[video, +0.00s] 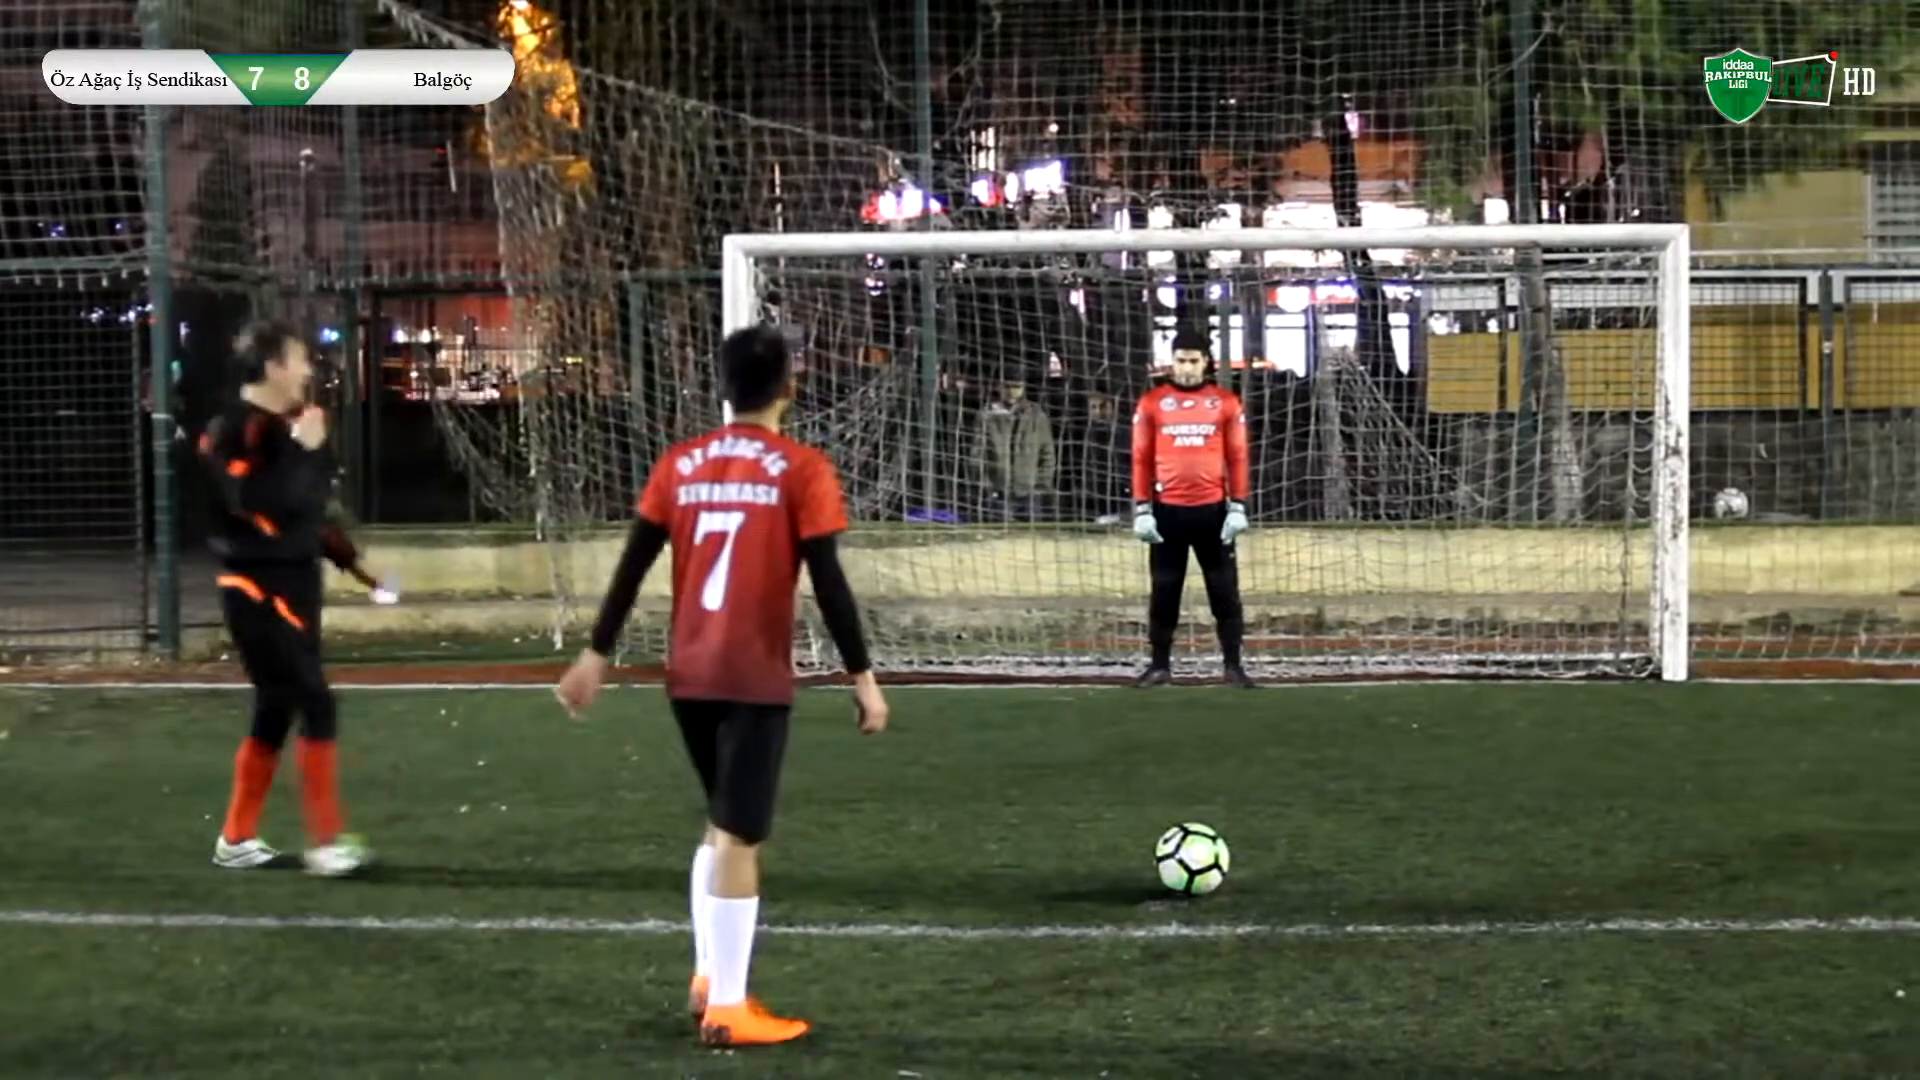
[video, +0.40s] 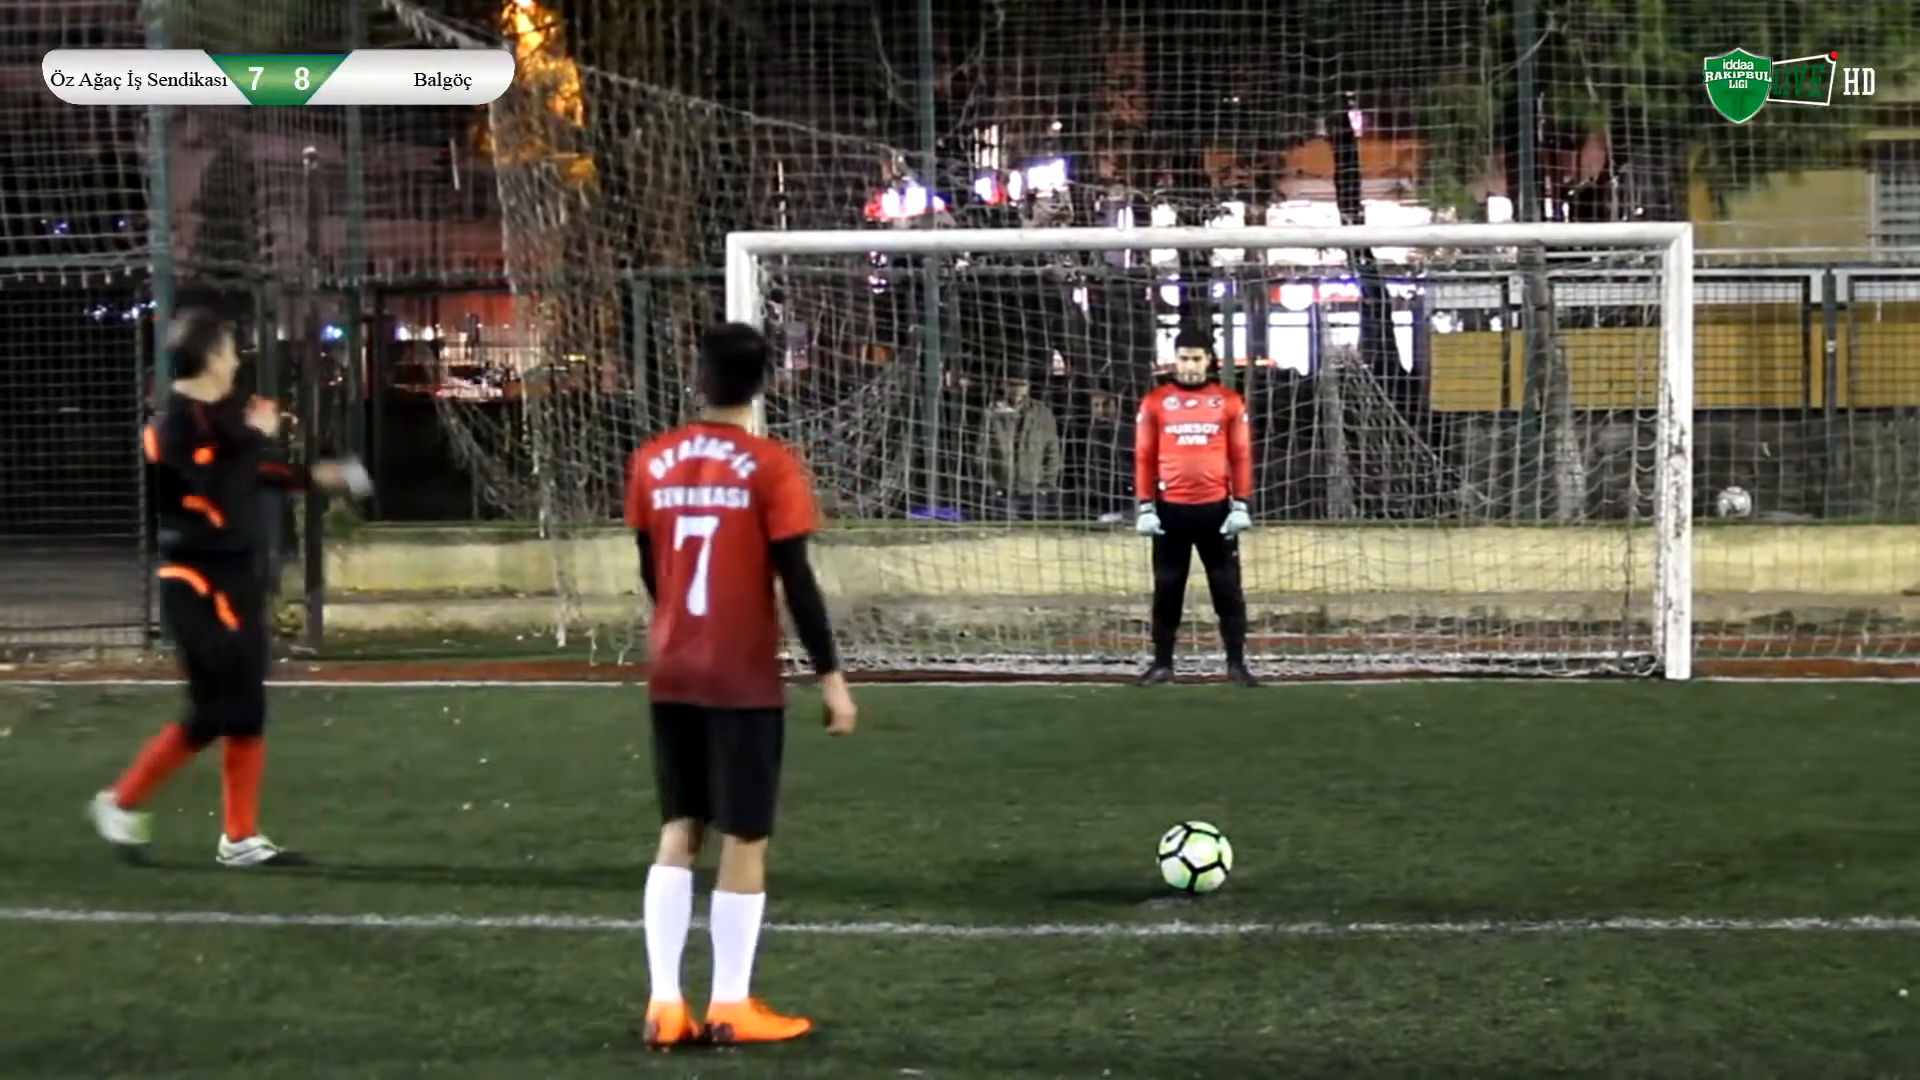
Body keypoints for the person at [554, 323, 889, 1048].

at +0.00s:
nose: (799, 382)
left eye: (789, 371)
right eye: (797, 374)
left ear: (725, 386)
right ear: (788, 385)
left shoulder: (678, 462)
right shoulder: (803, 468)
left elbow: (632, 564)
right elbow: (827, 581)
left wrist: (597, 651)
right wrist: (862, 674)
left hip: (688, 676)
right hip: (756, 678)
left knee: (724, 820)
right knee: (739, 837)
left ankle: (707, 975)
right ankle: (728, 1004)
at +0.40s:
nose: (747, 386)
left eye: (718, 371)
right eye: (760, 377)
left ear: (701, 379)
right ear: (763, 384)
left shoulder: (651, 458)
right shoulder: (773, 464)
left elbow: (651, 572)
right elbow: (797, 579)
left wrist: (683, 628)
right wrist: (830, 675)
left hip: (671, 676)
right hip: (745, 680)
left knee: (680, 824)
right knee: (745, 839)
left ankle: (664, 999)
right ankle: (729, 1001)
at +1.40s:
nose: (738, 391)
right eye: (741, 380)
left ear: (675, 383)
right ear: (741, 387)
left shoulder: (628, 460)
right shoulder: (746, 464)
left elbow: (606, 571)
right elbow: (751, 571)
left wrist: (592, 661)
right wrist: (777, 672)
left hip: (649, 679)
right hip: (727, 679)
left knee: (659, 829)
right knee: (750, 828)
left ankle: (663, 1001)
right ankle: (764, 987)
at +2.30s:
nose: (788, 410)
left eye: (787, 400)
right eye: (788, 401)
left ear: (721, 394)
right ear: (775, 403)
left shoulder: (655, 461)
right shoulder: (770, 472)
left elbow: (630, 574)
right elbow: (765, 582)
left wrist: (662, 639)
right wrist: (782, 680)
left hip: (650, 673)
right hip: (727, 677)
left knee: (659, 828)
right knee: (754, 827)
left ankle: (661, 1004)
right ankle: (763, 988)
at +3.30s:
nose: (849, 449)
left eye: (847, 439)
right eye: (848, 438)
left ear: (784, 431)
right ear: (837, 436)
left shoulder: (726, 488)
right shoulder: (831, 491)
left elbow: (687, 591)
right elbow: (803, 574)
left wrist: (731, 638)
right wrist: (803, 676)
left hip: (706, 686)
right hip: (775, 687)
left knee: (693, 831)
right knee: (846, 792)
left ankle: (664, 1002)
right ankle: (840, 957)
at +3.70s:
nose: (926, 490)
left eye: (923, 481)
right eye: (924, 480)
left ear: (866, 475)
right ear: (912, 478)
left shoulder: (819, 523)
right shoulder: (915, 528)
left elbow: (798, 614)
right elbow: (910, 602)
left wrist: (812, 667)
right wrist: (900, 672)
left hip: (802, 697)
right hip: (870, 698)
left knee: (784, 832)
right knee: (933, 814)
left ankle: (707, 961)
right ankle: (897, 963)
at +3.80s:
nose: (944, 489)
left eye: (942, 480)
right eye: (942, 480)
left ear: (883, 480)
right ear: (932, 481)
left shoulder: (850, 522)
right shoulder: (940, 526)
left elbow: (813, 567)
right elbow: (946, 593)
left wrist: (864, 606)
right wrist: (968, 686)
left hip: (830, 697)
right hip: (896, 698)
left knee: (834, 846)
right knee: (950, 822)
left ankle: (747, 934)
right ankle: (900, 965)